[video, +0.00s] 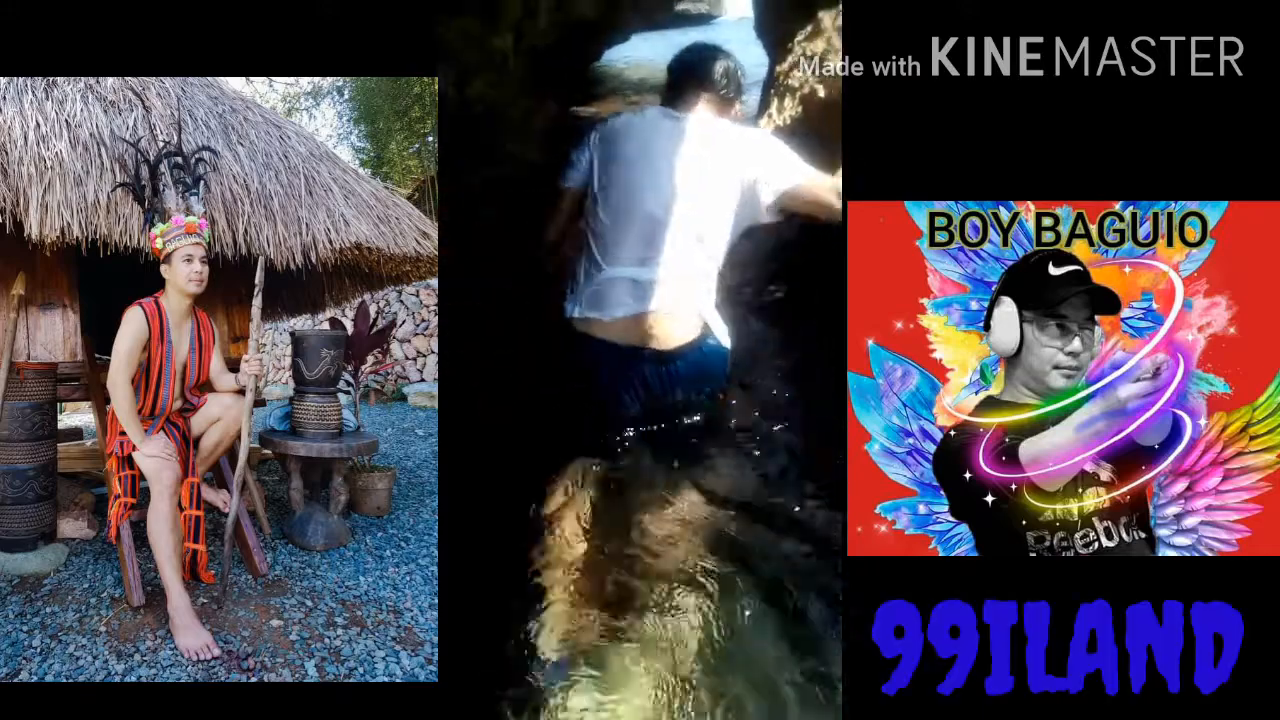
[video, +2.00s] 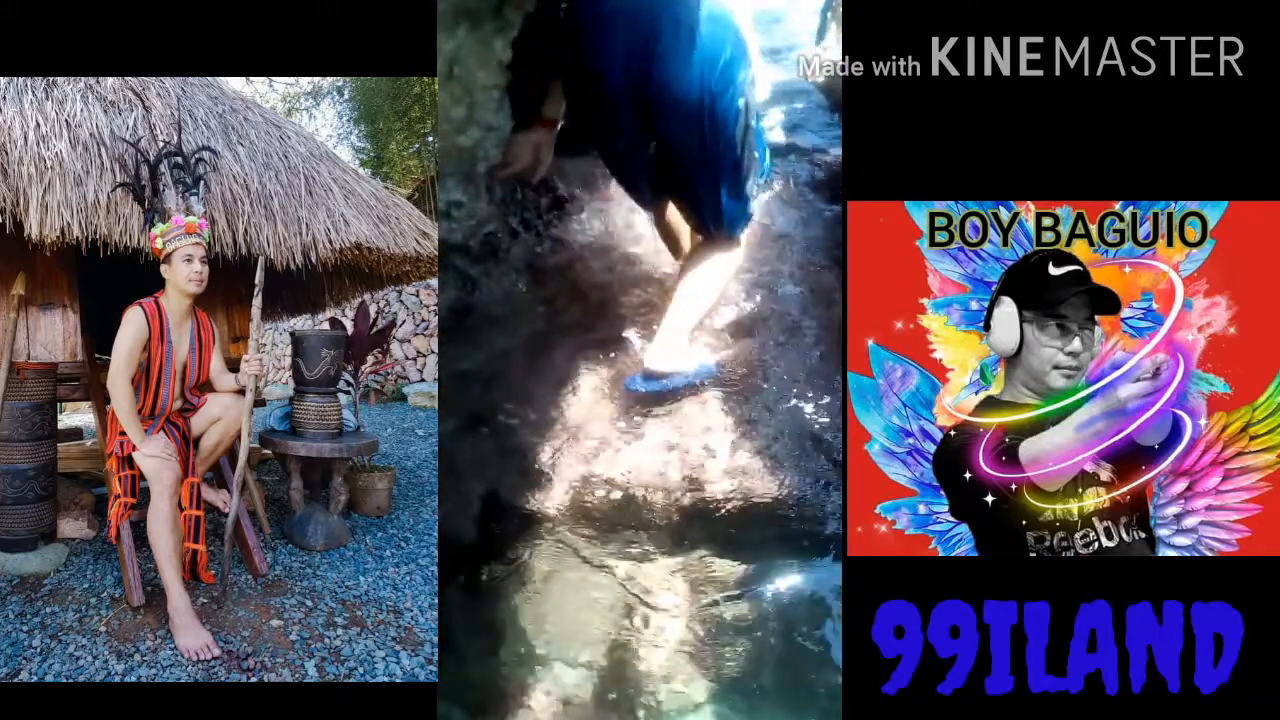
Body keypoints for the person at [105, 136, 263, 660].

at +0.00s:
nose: (198, 268)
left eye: (203, 260)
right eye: (187, 261)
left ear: (207, 266)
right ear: (164, 267)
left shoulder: (206, 323)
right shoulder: (142, 316)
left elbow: (221, 382)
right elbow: (117, 380)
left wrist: (244, 380)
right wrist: (138, 439)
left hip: (180, 420)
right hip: (140, 424)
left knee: (238, 406)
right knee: (169, 477)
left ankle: (191, 478)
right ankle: (179, 607)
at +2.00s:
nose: (198, 268)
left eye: (203, 260)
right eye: (187, 261)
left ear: (207, 267)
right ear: (164, 267)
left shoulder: (205, 323)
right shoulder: (142, 316)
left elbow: (220, 381)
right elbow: (117, 380)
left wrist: (244, 380)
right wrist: (139, 440)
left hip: (180, 419)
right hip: (141, 425)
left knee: (238, 407)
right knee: (169, 477)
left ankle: (191, 478)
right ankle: (179, 607)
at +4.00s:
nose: (198, 268)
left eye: (203, 260)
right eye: (187, 260)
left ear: (208, 267)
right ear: (165, 267)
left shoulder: (206, 324)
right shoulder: (142, 316)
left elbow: (220, 381)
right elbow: (117, 380)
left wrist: (243, 381)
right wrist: (138, 440)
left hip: (180, 419)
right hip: (140, 424)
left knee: (236, 407)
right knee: (169, 476)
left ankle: (191, 478)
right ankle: (179, 605)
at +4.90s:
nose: (199, 268)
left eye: (203, 260)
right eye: (188, 260)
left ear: (207, 266)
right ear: (164, 267)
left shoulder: (206, 323)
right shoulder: (142, 316)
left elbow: (220, 382)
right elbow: (117, 380)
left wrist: (243, 381)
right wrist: (138, 440)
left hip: (181, 419)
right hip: (140, 425)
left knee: (238, 407)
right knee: (168, 477)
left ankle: (191, 479)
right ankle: (179, 607)